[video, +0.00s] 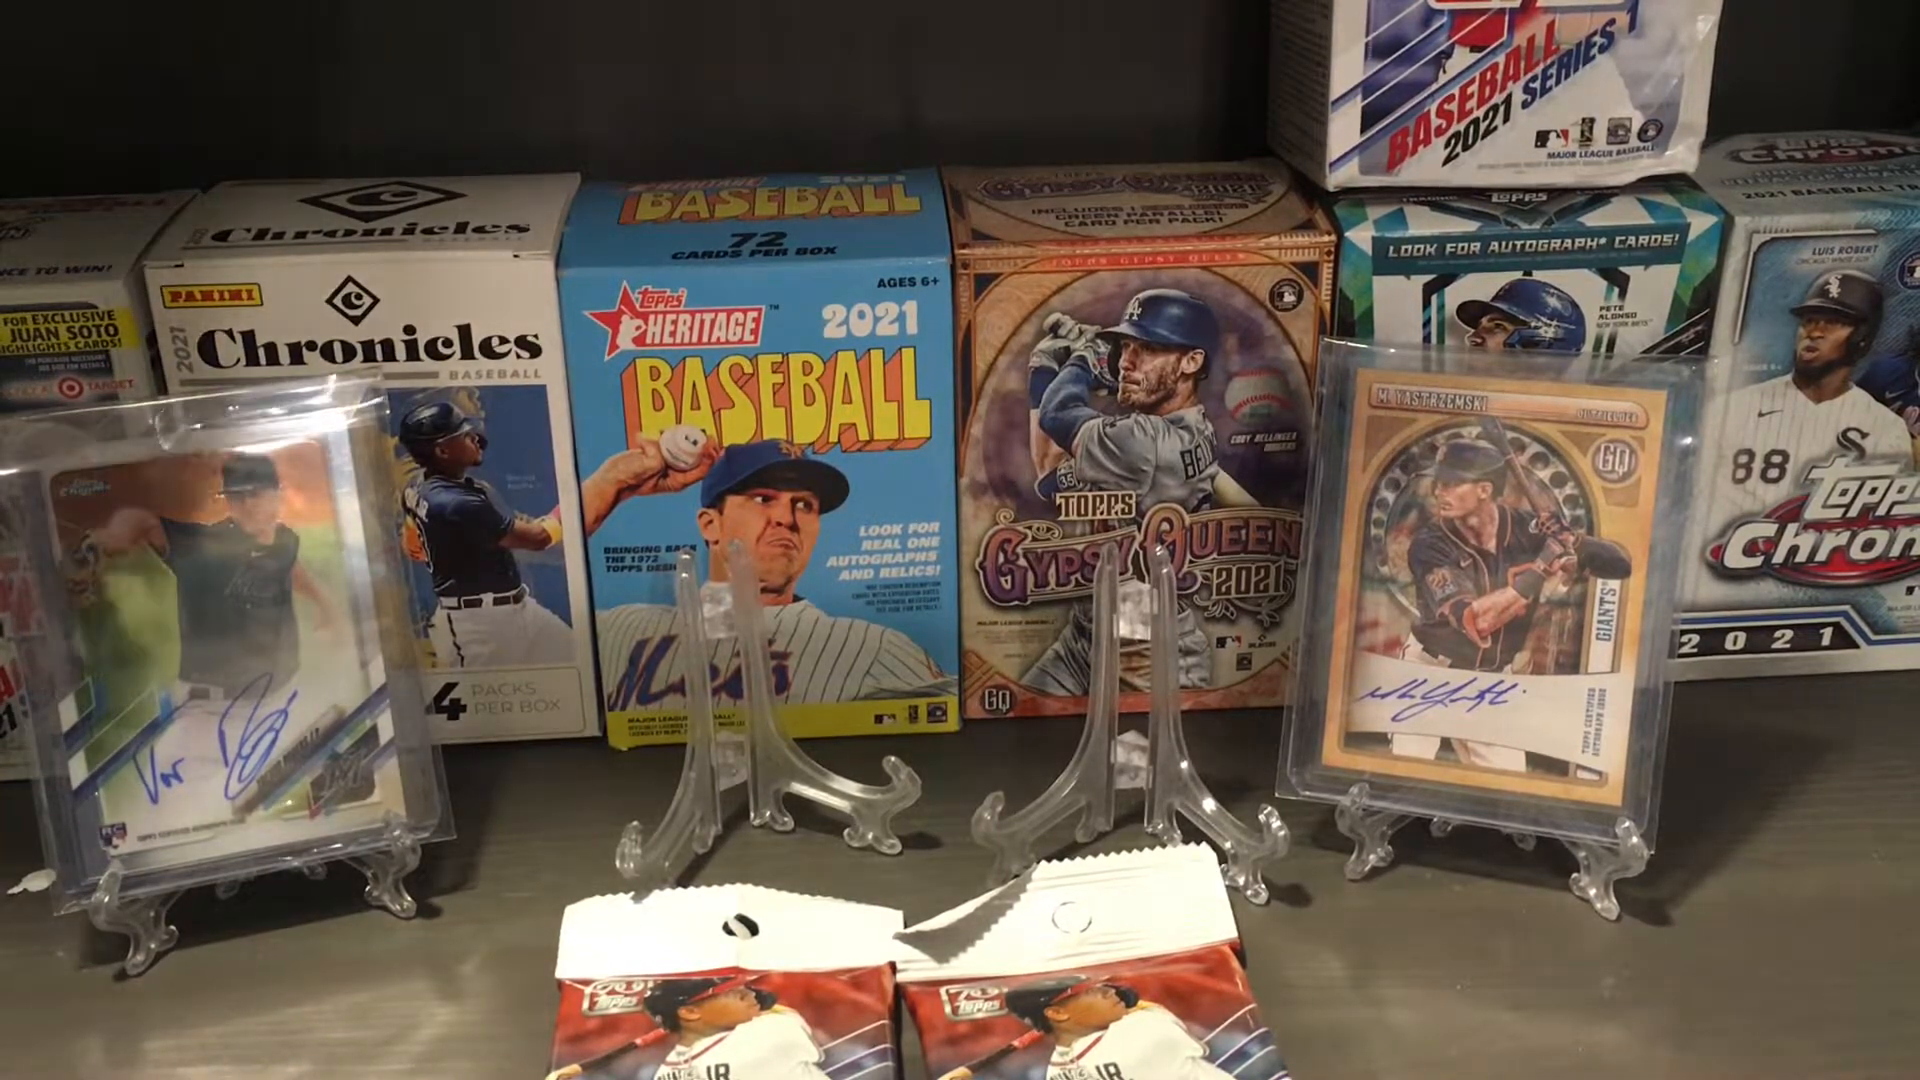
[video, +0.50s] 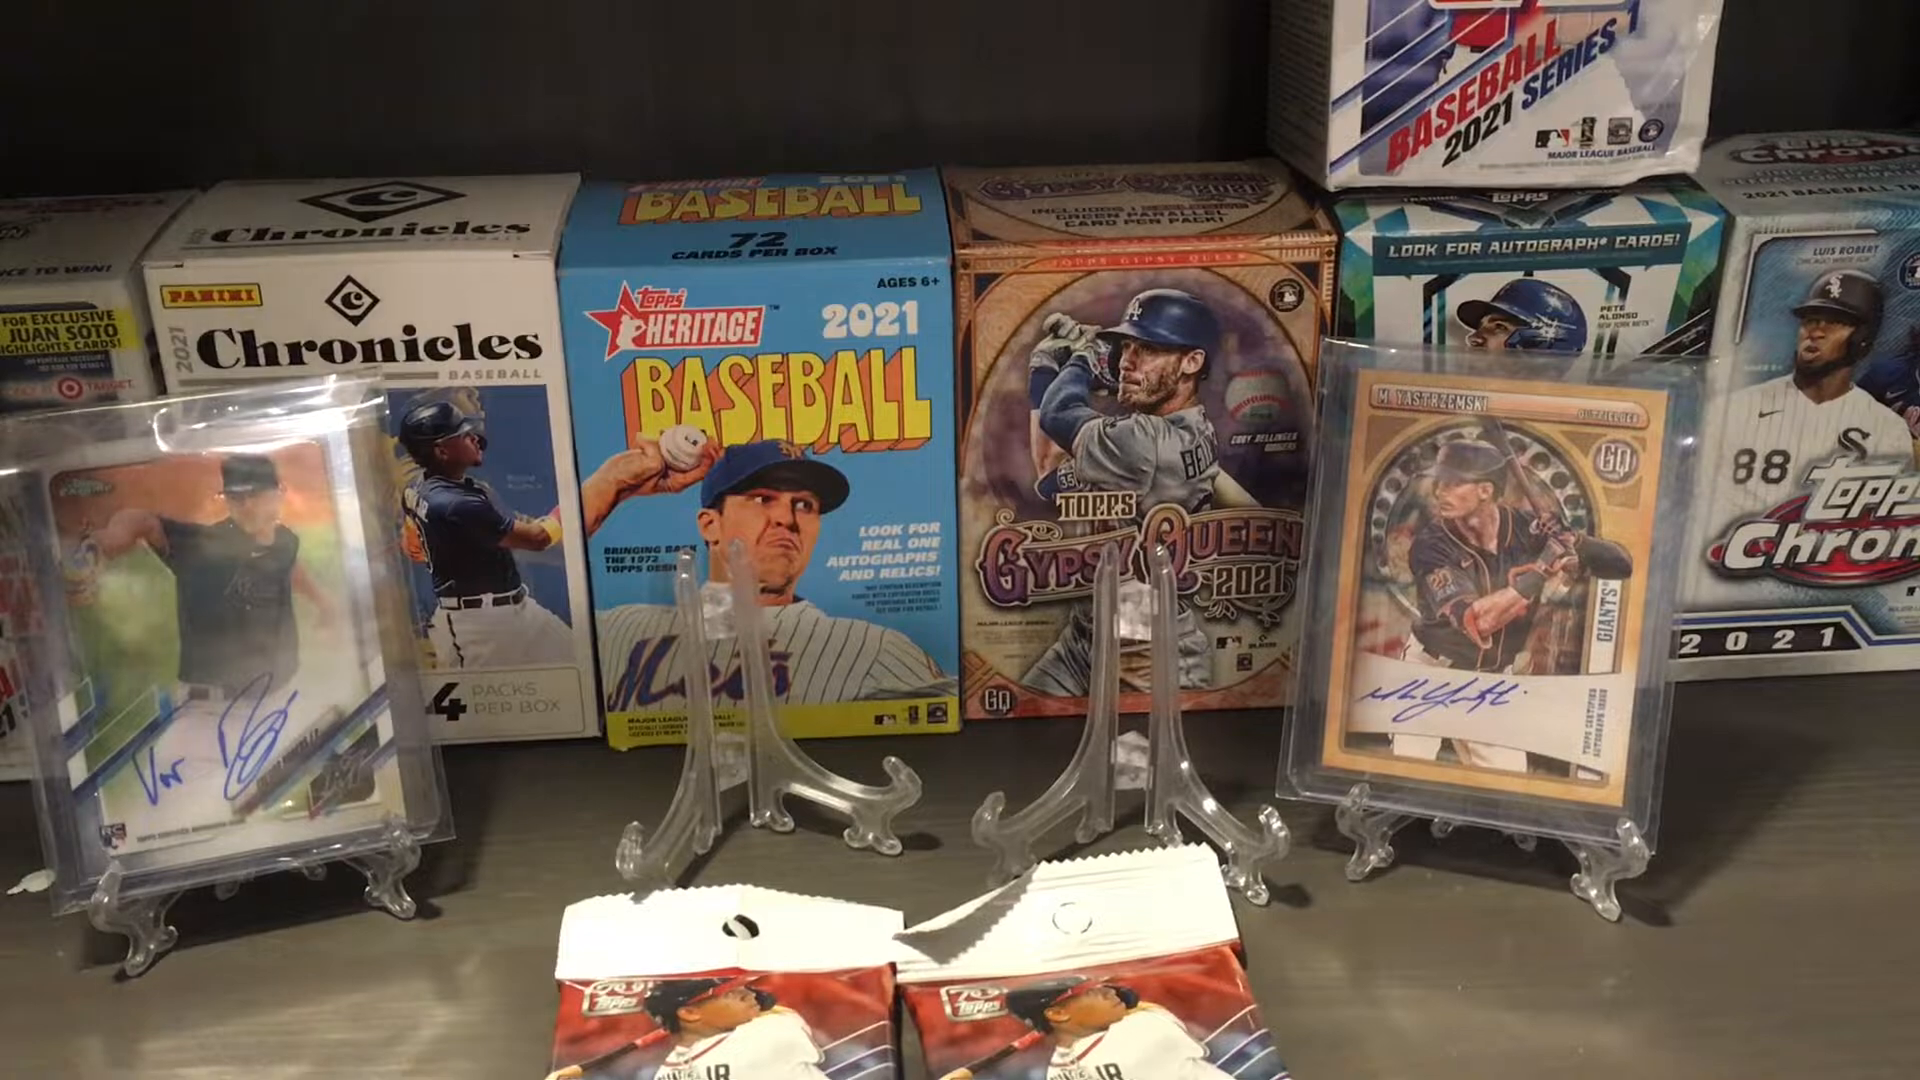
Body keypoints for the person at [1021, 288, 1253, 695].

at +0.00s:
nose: (1127, 362)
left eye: (1148, 350)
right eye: (1126, 347)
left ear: (1190, 363)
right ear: (1120, 348)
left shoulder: (1140, 441)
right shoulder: (1187, 430)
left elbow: (1059, 410)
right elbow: (1048, 476)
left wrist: (1087, 361)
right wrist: (1042, 372)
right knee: (1009, 738)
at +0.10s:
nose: (1127, 362)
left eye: (1148, 350)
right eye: (1126, 348)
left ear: (1190, 363)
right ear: (1120, 349)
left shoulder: (1140, 441)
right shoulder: (1187, 432)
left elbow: (1059, 410)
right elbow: (1048, 474)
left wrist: (1087, 361)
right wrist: (1042, 371)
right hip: (1091, 642)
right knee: (1009, 736)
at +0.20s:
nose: (1127, 362)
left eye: (1148, 350)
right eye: (1126, 347)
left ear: (1190, 363)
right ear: (1120, 349)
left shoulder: (1140, 441)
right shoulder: (1188, 431)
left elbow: (1059, 411)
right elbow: (1048, 476)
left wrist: (1087, 361)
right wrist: (1042, 371)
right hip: (1091, 641)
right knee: (1009, 737)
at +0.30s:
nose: (1126, 362)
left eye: (1147, 350)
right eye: (1126, 347)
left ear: (1190, 363)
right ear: (1118, 348)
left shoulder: (1142, 442)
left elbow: (1059, 410)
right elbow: (1050, 476)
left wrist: (1086, 359)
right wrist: (1043, 368)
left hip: (1160, 648)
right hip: (1090, 642)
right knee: (1009, 736)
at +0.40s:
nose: (1126, 362)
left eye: (1145, 350)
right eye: (1126, 348)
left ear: (1191, 363)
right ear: (1117, 350)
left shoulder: (1147, 442)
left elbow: (1060, 411)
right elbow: (1049, 477)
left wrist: (1083, 361)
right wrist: (1043, 366)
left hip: (1159, 648)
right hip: (1088, 639)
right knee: (1012, 737)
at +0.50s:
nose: (1127, 363)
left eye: (1147, 351)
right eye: (1126, 348)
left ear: (1191, 363)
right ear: (1119, 349)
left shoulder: (1141, 442)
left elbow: (1060, 410)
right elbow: (1049, 478)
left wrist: (1086, 359)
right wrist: (1043, 369)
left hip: (1161, 649)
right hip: (1089, 642)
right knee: (1009, 739)